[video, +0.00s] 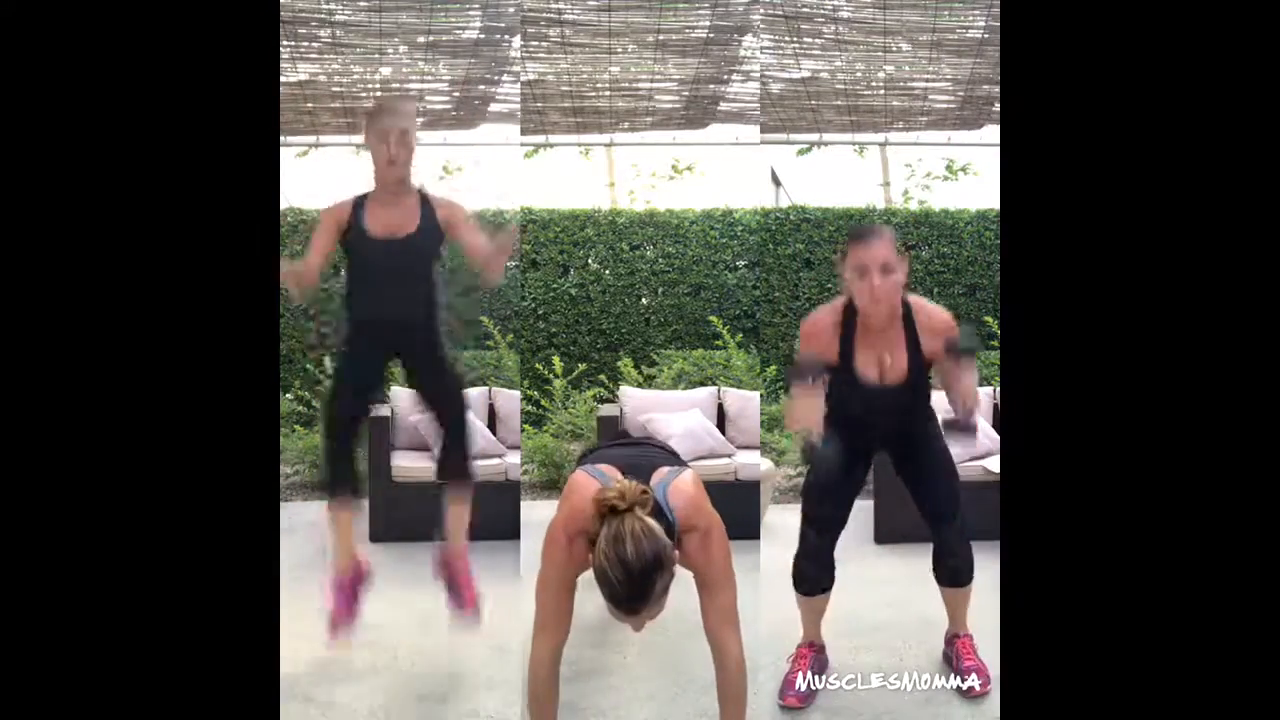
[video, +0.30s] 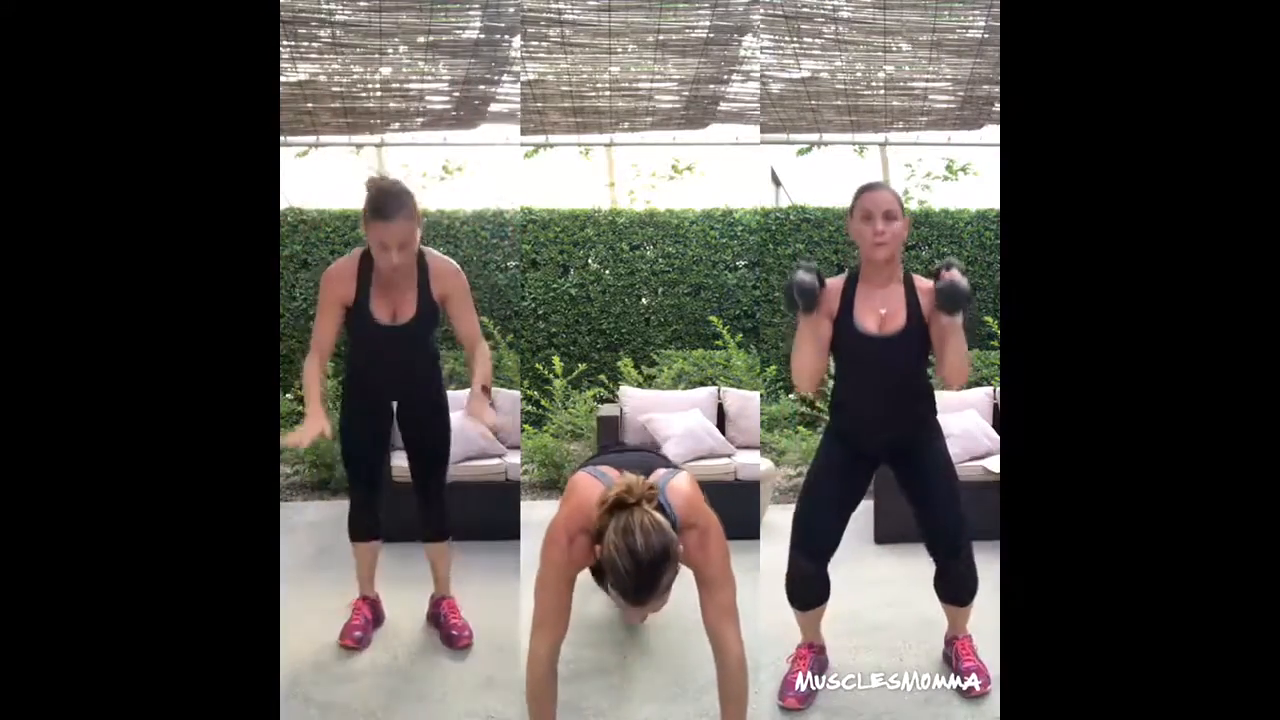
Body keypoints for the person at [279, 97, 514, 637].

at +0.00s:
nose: (393, 152)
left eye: (402, 142)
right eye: (383, 143)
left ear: (414, 146)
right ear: (369, 148)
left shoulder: (442, 211)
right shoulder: (342, 216)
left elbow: (488, 268)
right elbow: (307, 275)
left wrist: (502, 248)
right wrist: (286, 270)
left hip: (422, 345)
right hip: (365, 346)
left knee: (456, 427)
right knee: (338, 436)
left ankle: (455, 553)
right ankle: (347, 565)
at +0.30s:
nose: (393, 256)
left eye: (403, 245)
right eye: (382, 246)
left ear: (419, 229)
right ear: (365, 232)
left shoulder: (444, 274)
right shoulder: (342, 276)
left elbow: (477, 345)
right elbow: (317, 354)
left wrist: (480, 394)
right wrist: (314, 413)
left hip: (423, 394)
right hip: (365, 394)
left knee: (432, 493)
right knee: (364, 496)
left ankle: (443, 600)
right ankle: (366, 601)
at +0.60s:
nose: (403, 399)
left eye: (413, 389)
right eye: (395, 389)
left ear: (428, 367)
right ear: (378, 365)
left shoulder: (451, 361)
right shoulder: (353, 357)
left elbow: (483, 450)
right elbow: (317, 462)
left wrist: (484, 529)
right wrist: (316, 560)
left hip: (428, 399)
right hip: (368, 401)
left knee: (437, 493)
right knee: (363, 495)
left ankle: (442, 601)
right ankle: (368, 601)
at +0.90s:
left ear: (431, 518)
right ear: (374, 511)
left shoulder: (446, 476)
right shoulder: (353, 475)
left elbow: (463, 585)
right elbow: (334, 590)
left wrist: (473, 685)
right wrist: (323, 691)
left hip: (429, 366)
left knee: (452, 497)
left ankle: (448, 595)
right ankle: (365, 597)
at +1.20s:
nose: (395, 602)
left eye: (404, 595)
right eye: (386, 597)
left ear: (422, 542)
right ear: (356, 546)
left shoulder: (449, 497)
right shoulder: (341, 497)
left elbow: (474, 602)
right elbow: (316, 605)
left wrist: (472, 691)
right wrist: (322, 693)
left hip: (435, 433)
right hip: (365, 433)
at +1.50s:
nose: (400, 598)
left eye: (409, 591)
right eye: (390, 594)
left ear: (427, 539)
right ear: (361, 546)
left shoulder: (451, 501)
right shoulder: (340, 505)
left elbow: (474, 601)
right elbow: (316, 603)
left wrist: (472, 690)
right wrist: (322, 692)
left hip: (433, 426)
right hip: (364, 428)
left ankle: (443, 536)